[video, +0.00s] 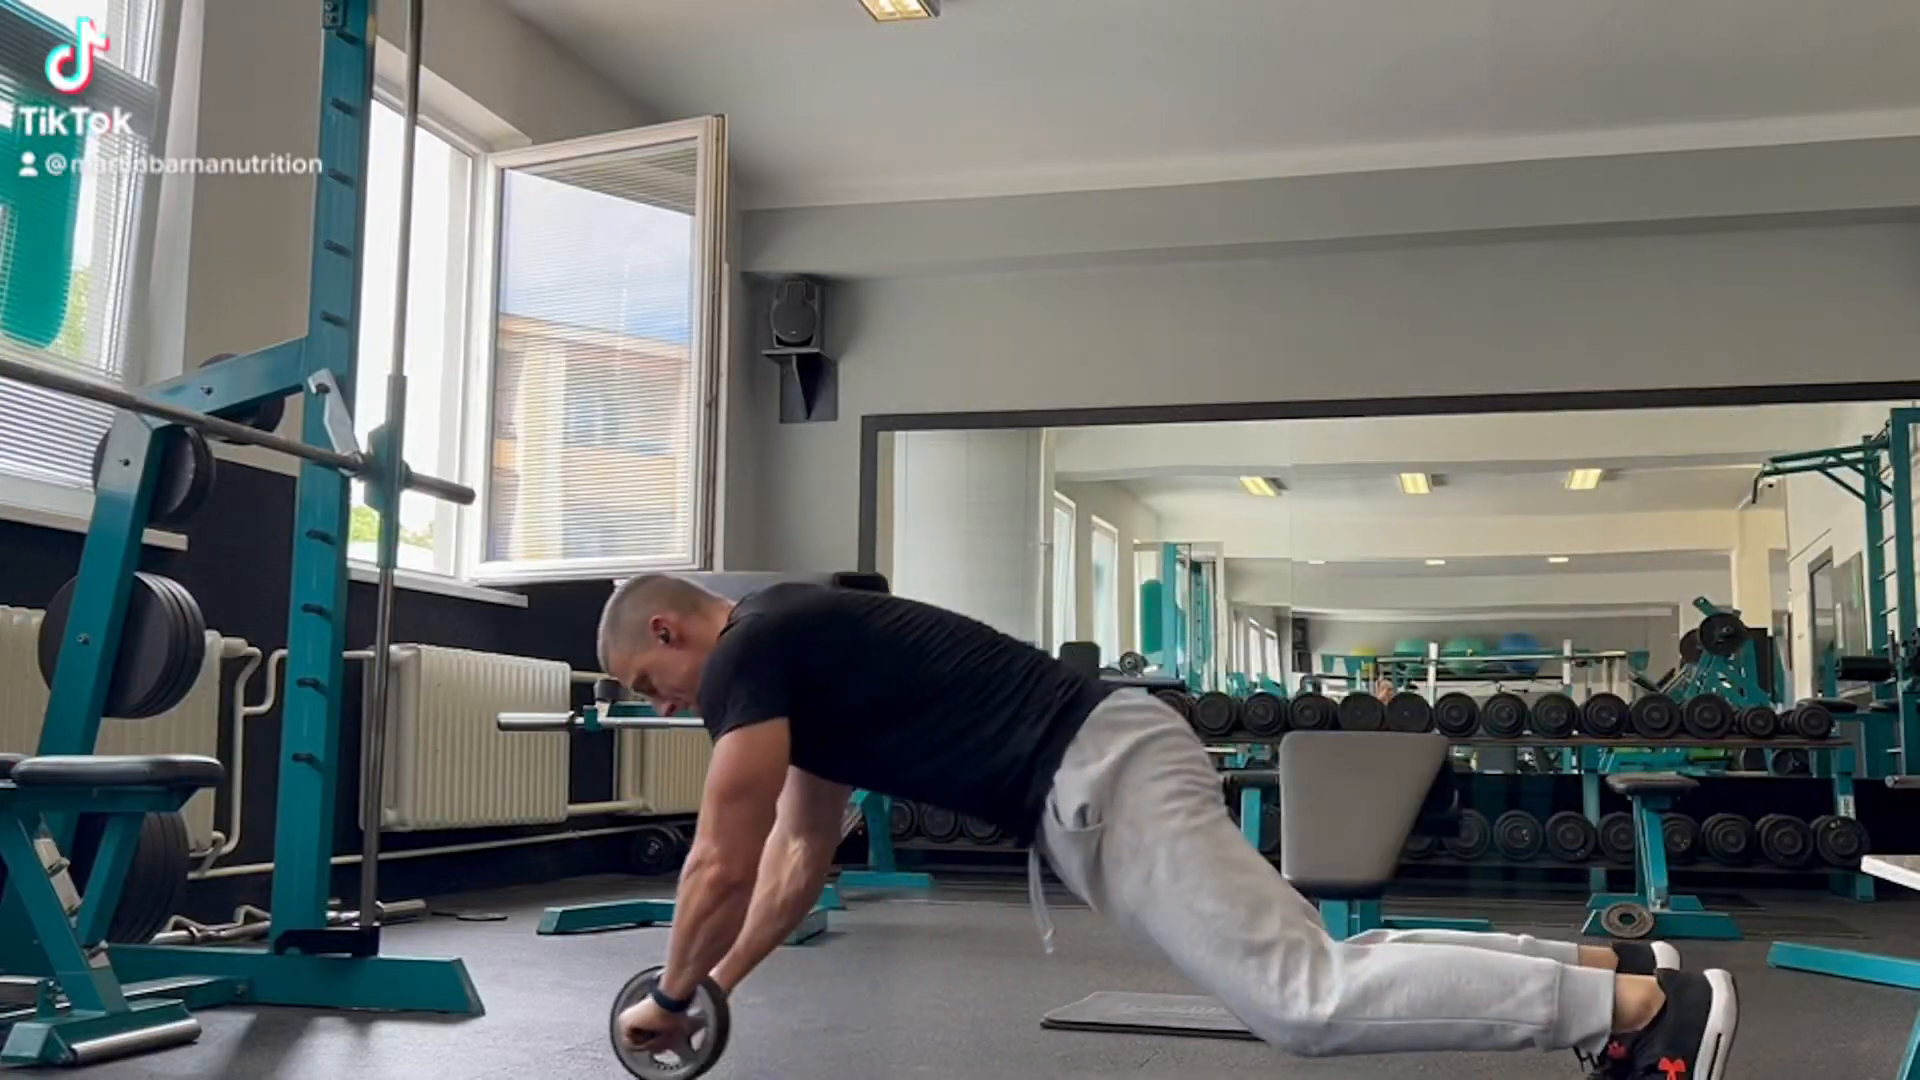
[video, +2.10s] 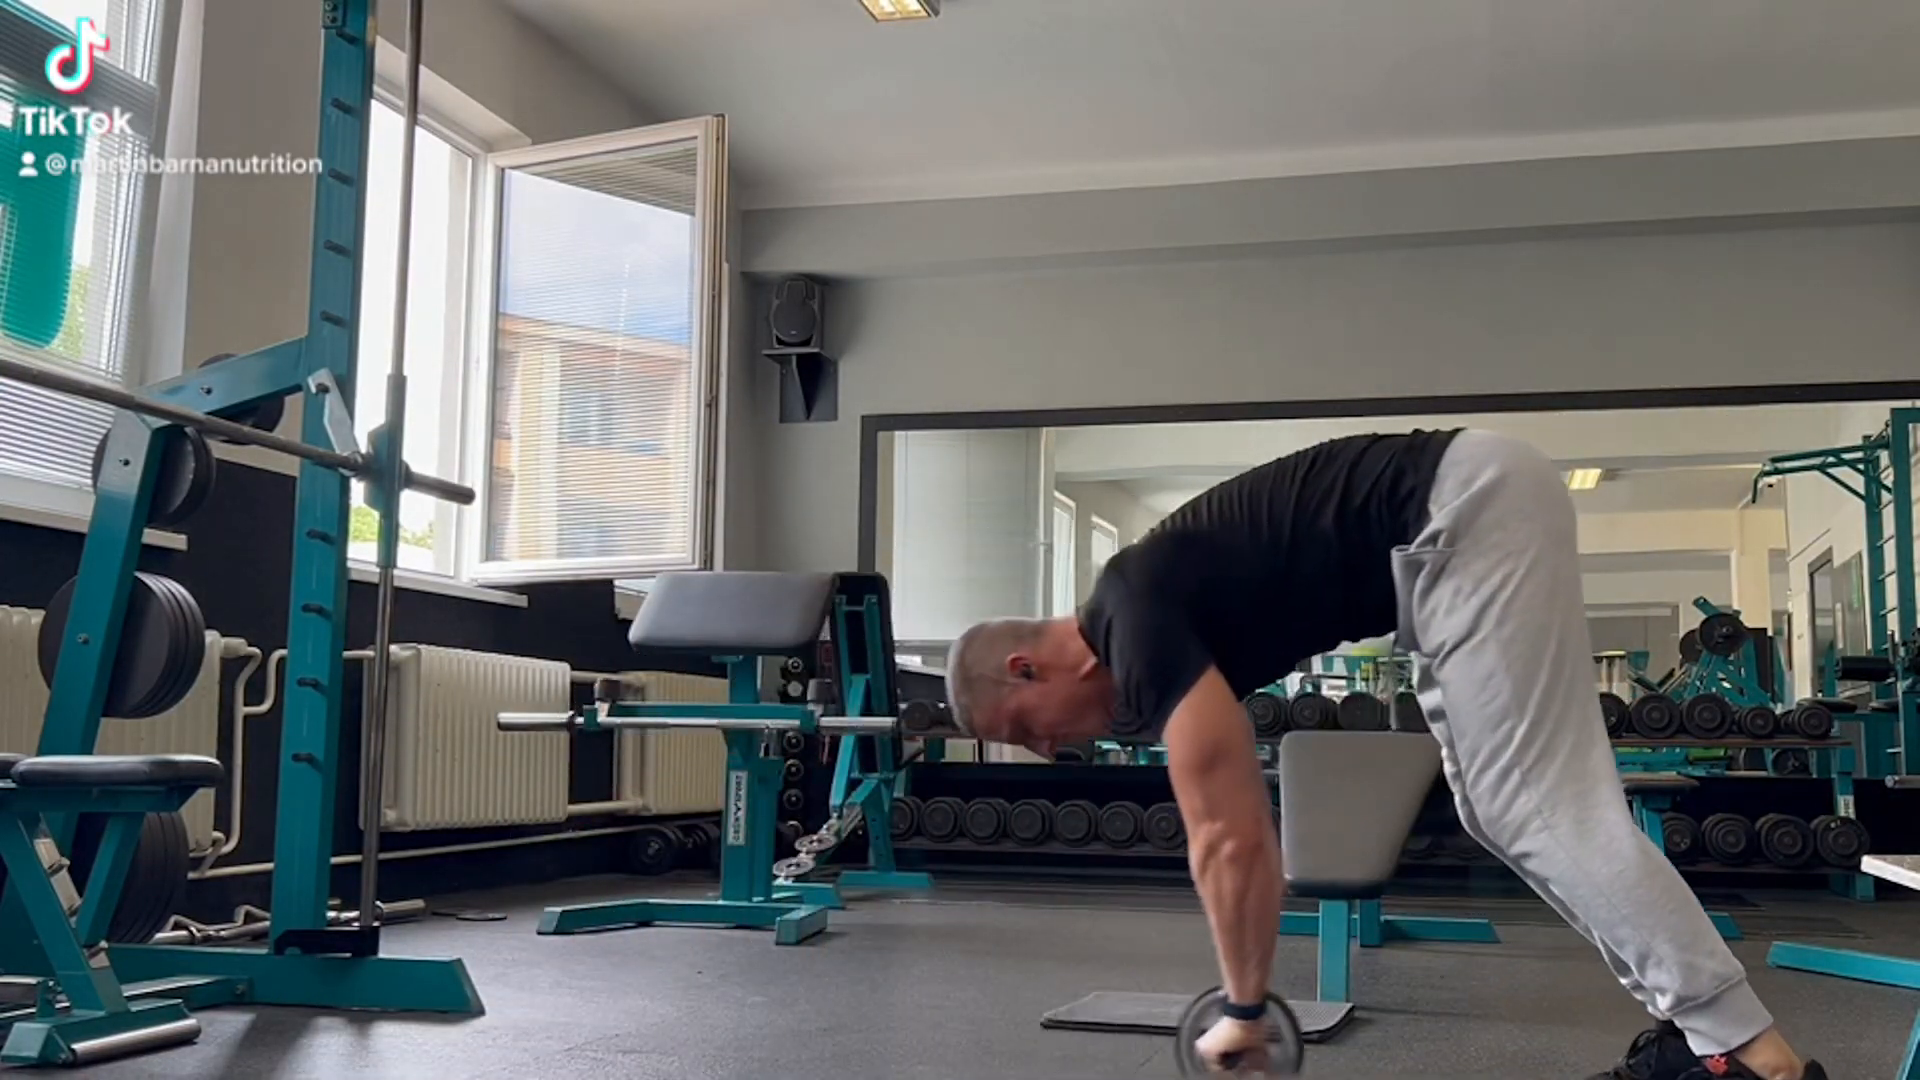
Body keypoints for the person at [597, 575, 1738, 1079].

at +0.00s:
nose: (661, 709)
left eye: (647, 682)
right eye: (647, 696)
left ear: (676, 624)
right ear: (696, 624)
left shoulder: (762, 646)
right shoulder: (809, 660)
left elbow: (723, 854)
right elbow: (792, 865)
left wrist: (672, 990)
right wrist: (701, 993)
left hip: (1103, 758)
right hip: (1085, 789)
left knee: (1304, 987)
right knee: (1291, 983)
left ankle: (1635, 1001)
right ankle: (1598, 982)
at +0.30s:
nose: (563, 820)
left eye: (554, 797)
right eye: (556, 808)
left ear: (577, 755)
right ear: (614, 754)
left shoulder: (659, 750)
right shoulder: (704, 774)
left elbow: (545, 944)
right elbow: (643, 933)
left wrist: (472, 1002)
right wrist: (515, 998)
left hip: (1004, 898)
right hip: (1021, 871)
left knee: (1252, 1031)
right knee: (1267, 988)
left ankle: (1578, 996)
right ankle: (1564, 990)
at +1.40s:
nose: (607, 825)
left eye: (588, 803)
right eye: (597, 811)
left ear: (589, 751)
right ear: (621, 736)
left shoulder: (670, 713)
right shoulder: (742, 722)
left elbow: (642, 923)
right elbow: (721, 917)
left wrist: (595, 1010)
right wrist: (626, 990)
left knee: (1257, 1042)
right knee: (1291, 978)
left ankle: (1576, 998)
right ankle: (1574, 973)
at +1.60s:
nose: (676, 762)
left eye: (655, 744)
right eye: (663, 757)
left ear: (658, 678)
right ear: (685, 686)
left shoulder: (754, 637)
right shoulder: (819, 668)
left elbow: (783, 845)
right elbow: (851, 856)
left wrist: (768, 992)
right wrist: (798, 989)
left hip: (1107, 698)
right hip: (1110, 714)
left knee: (1315, 924)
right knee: (1326, 902)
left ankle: (1634, 995)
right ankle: (1620, 978)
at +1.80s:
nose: (829, 746)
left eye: (802, 735)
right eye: (810, 743)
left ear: (792, 670)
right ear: (810, 662)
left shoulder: (892, 618)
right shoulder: (916, 639)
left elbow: (940, 837)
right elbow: (983, 837)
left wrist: (940, 990)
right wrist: (951, 986)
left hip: (1239, 583)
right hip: (1225, 621)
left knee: (1420, 839)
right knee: (1364, 838)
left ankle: (1694, 1015)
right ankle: (1638, 973)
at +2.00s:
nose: (981, 746)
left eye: (952, 731)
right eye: (955, 742)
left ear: (958, 662)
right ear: (962, 652)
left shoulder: (1065, 614)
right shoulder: (1066, 620)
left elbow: (1124, 840)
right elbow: (1137, 836)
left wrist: (1120, 1004)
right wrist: (1123, 991)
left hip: (1394, 526)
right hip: (1386, 534)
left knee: (1499, 822)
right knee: (1491, 819)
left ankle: (1742, 1040)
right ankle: (1680, 1010)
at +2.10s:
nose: (1061, 749)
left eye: (1033, 737)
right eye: (1037, 748)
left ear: (1032, 670)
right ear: (1037, 654)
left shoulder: (1144, 612)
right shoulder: (1145, 614)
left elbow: (1232, 835)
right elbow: (1229, 823)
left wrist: (1247, 1008)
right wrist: (1246, 996)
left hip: (1466, 499)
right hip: (1455, 510)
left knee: (1532, 803)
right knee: (1517, 802)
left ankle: (1750, 1047)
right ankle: (1693, 1018)